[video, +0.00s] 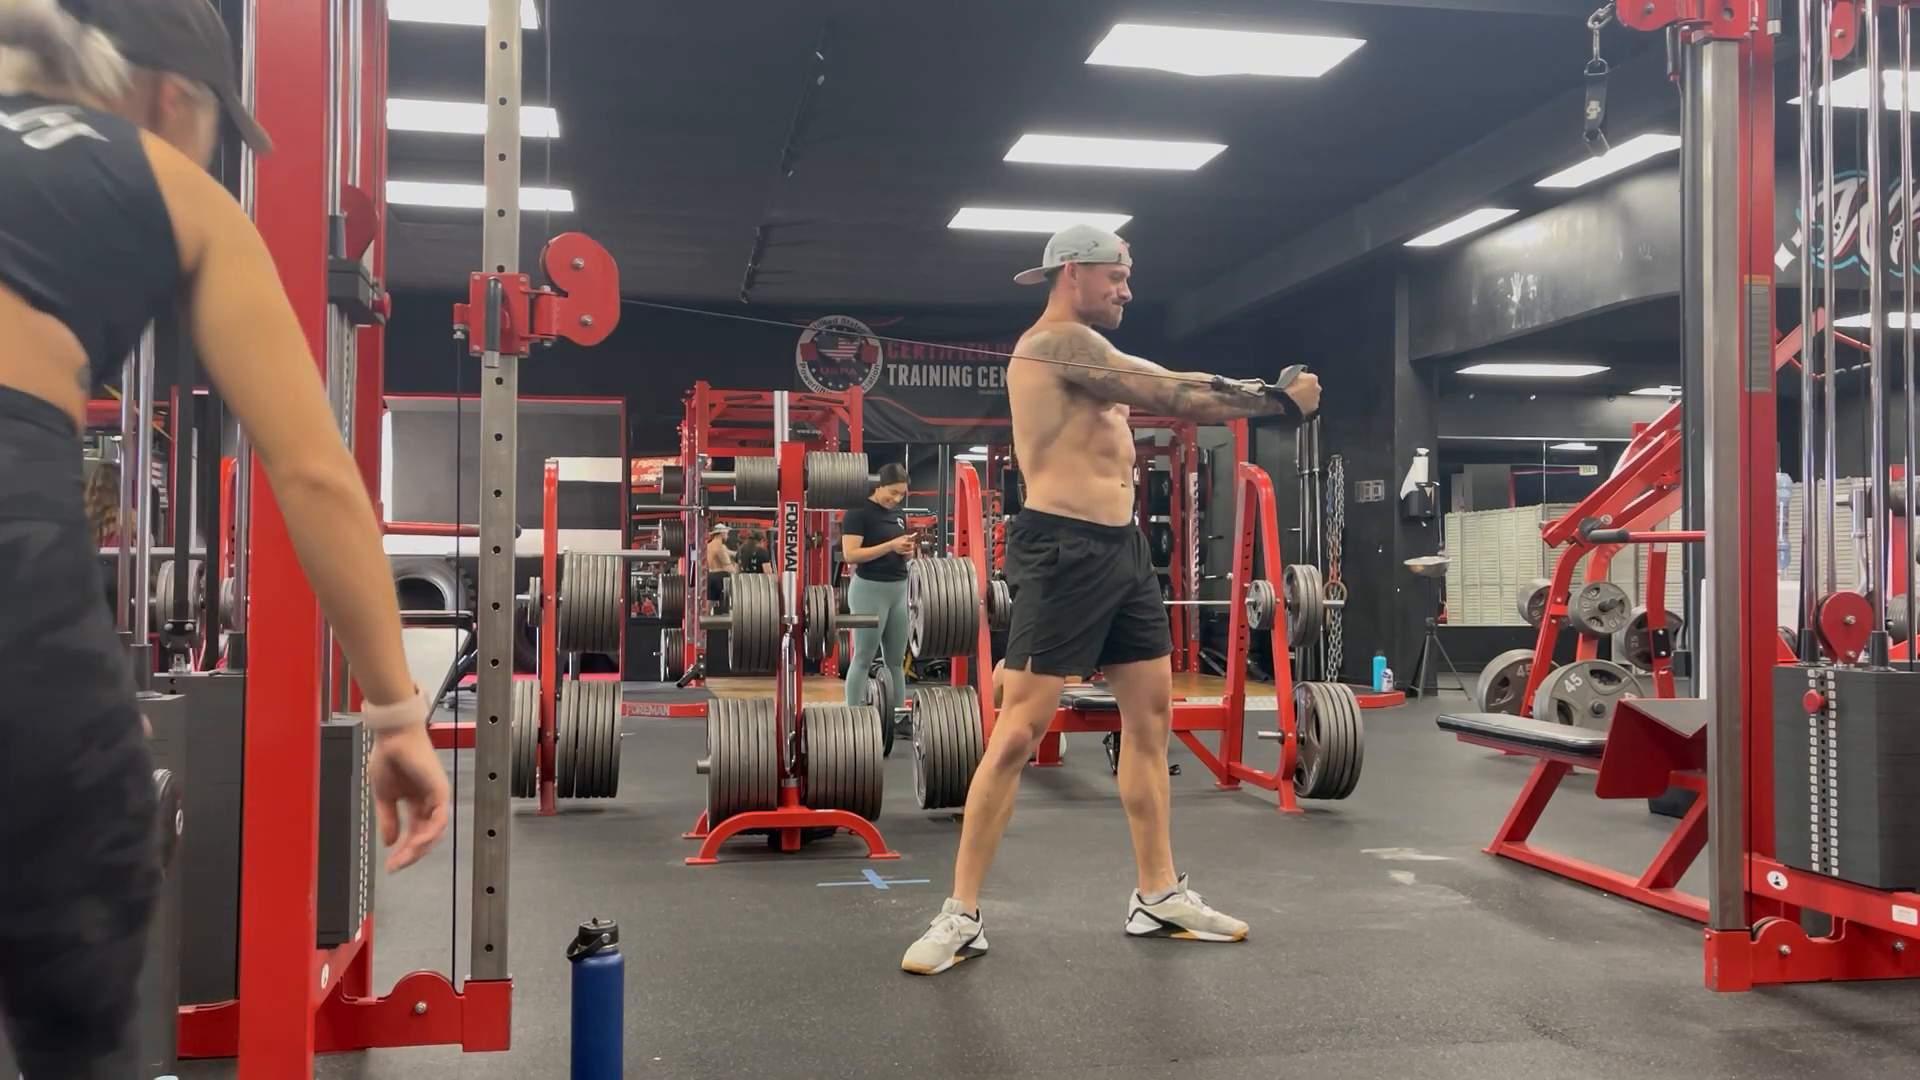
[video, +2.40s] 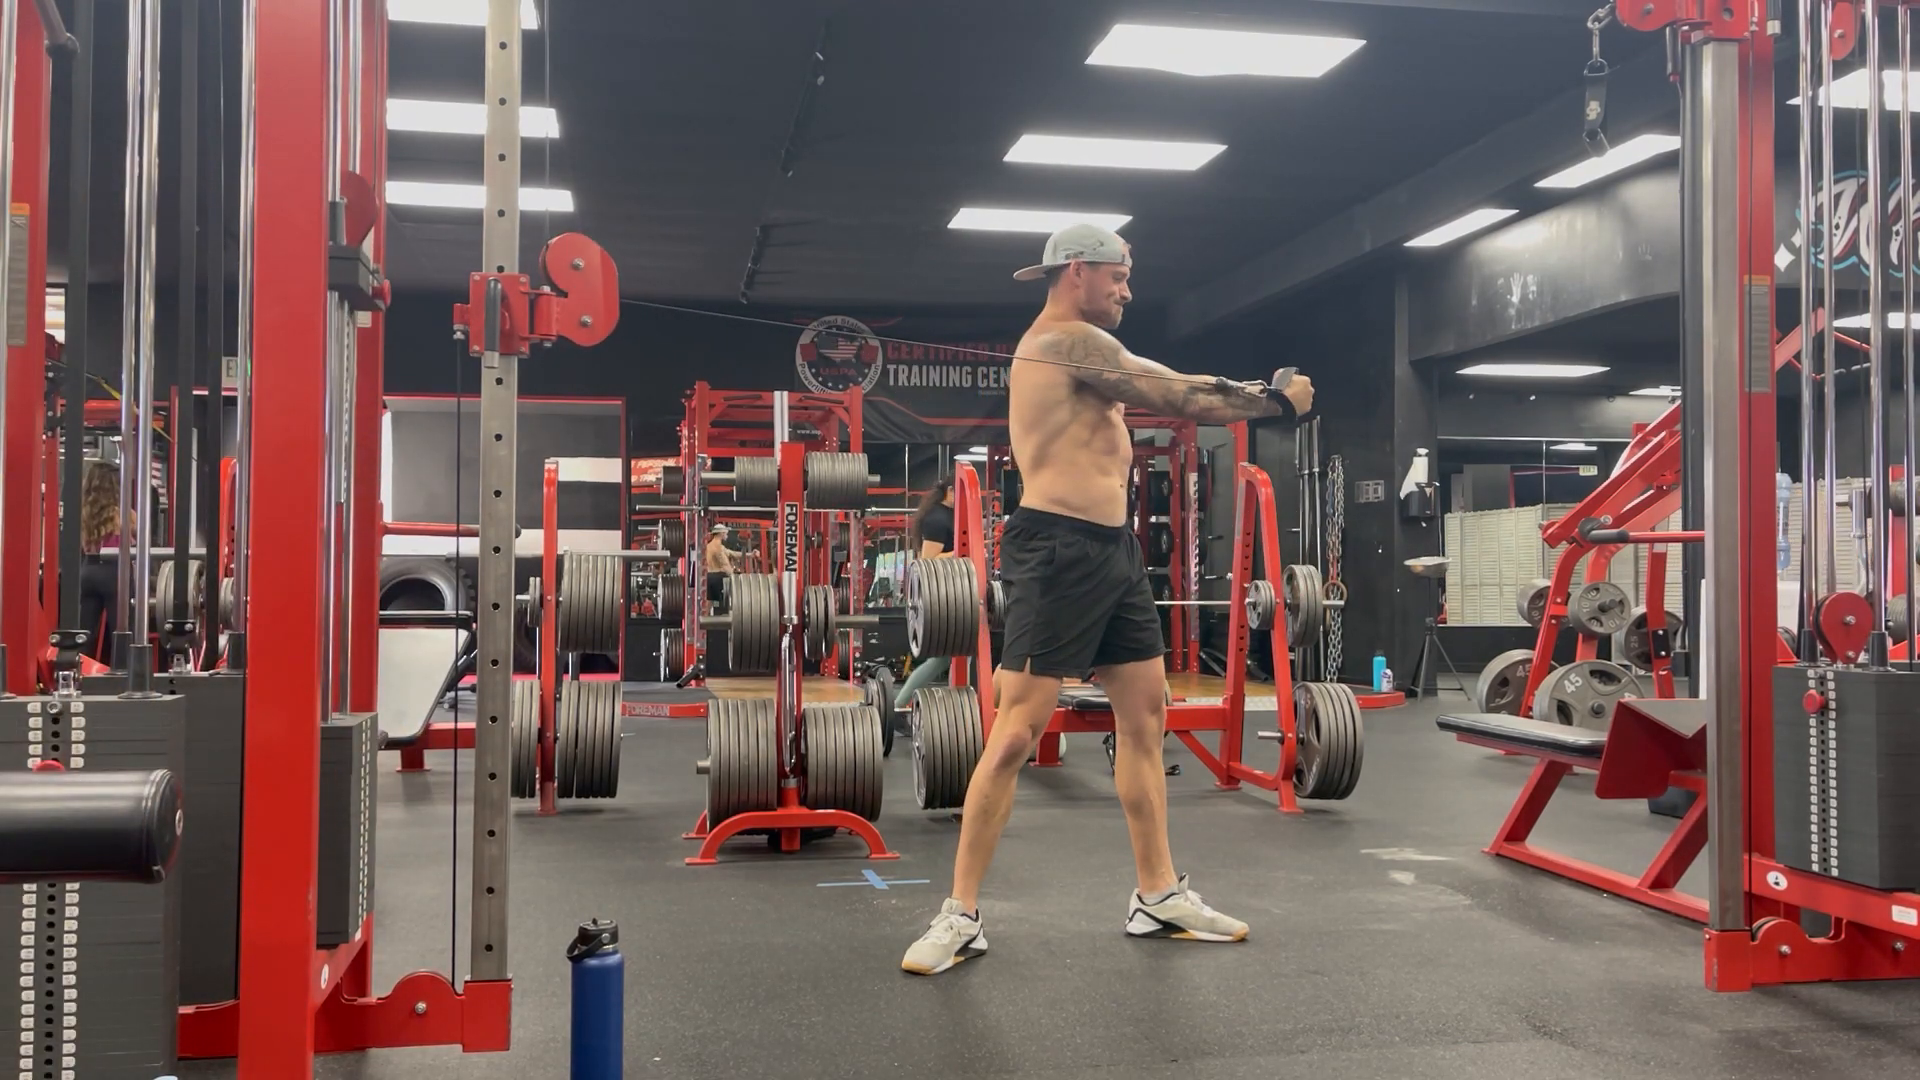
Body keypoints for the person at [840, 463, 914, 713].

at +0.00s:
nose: (897, 499)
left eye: (901, 495)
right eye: (893, 493)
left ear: (904, 491)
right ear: (880, 485)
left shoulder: (897, 514)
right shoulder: (858, 513)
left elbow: (903, 551)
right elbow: (850, 554)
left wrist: (909, 549)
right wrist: (891, 546)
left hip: (898, 591)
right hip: (869, 590)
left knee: (896, 661)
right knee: (863, 659)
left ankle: (899, 720)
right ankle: (853, 720)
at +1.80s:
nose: (918, 497)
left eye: (920, 492)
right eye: (915, 490)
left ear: (901, 487)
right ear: (898, 485)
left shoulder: (895, 512)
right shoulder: (886, 513)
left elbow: (894, 550)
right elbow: (883, 557)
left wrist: (918, 548)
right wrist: (918, 545)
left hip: (893, 586)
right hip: (886, 587)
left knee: (886, 655)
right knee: (905, 654)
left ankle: (874, 711)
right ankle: (881, 710)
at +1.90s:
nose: (923, 498)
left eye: (926, 493)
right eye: (921, 492)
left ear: (907, 488)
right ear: (904, 485)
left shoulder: (899, 512)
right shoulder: (892, 513)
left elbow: (897, 551)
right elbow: (887, 557)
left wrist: (921, 550)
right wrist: (923, 546)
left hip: (893, 585)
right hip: (890, 586)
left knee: (889, 657)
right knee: (919, 650)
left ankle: (881, 713)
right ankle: (898, 712)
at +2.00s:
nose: (931, 499)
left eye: (933, 494)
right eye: (928, 493)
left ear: (913, 488)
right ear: (912, 487)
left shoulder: (906, 511)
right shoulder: (898, 513)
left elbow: (904, 551)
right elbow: (892, 557)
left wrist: (929, 549)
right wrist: (928, 546)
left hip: (897, 583)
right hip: (896, 584)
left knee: (893, 653)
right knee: (928, 648)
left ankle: (882, 714)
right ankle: (926, 716)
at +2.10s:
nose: (937, 501)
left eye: (941, 496)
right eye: (935, 494)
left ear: (920, 490)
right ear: (919, 488)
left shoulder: (915, 513)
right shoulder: (905, 514)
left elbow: (912, 552)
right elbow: (898, 558)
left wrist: (937, 549)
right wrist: (934, 547)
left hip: (903, 582)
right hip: (903, 584)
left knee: (897, 652)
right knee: (933, 648)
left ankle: (884, 712)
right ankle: (945, 715)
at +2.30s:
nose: (954, 500)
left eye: (956, 495)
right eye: (952, 494)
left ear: (943, 493)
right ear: (939, 491)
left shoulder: (940, 516)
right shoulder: (926, 518)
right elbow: (918, 560)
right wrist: (955, 550)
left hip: (947, 593)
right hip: (930, 594)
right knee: (919, 651)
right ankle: (887, 704)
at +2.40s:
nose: (964, 499)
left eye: (965, 494)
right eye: (960, 493)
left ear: (955, 493)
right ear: (949, 492)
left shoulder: (956, 515)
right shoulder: (938, 517)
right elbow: (928, 560)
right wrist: (961, 552)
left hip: (957, 590)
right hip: (943, 592)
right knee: (941, 655)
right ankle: (899, 706)